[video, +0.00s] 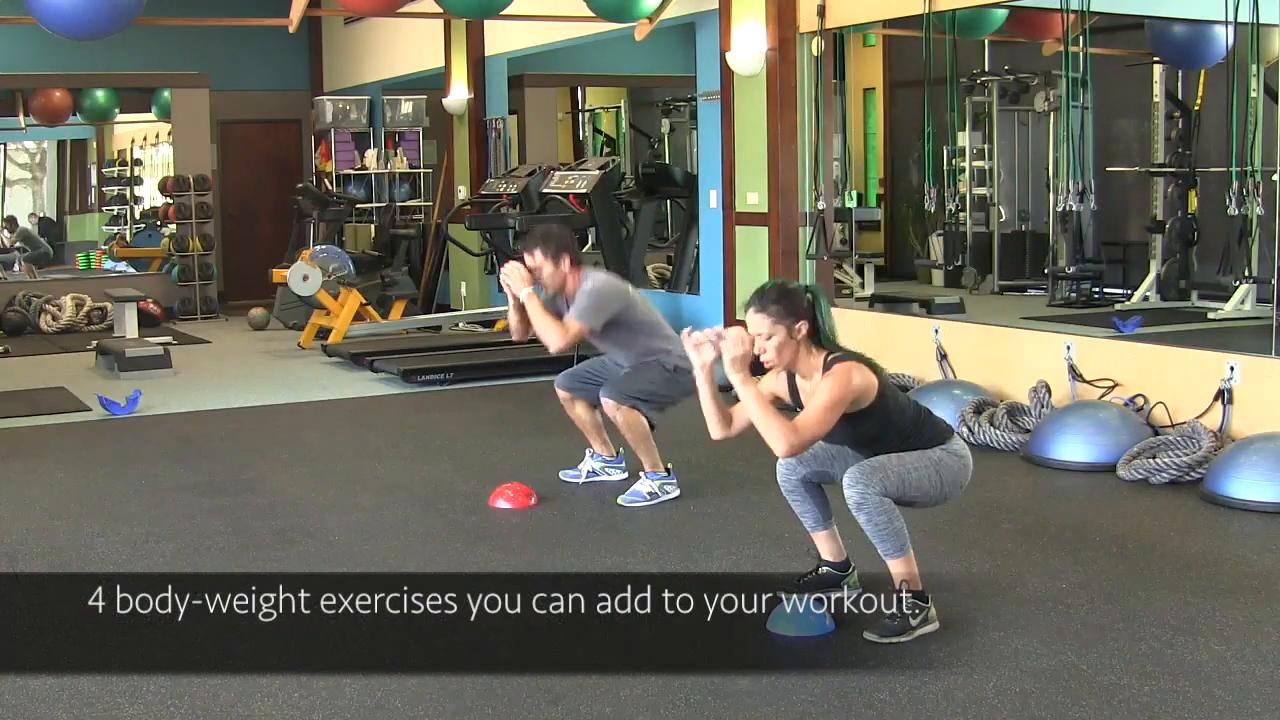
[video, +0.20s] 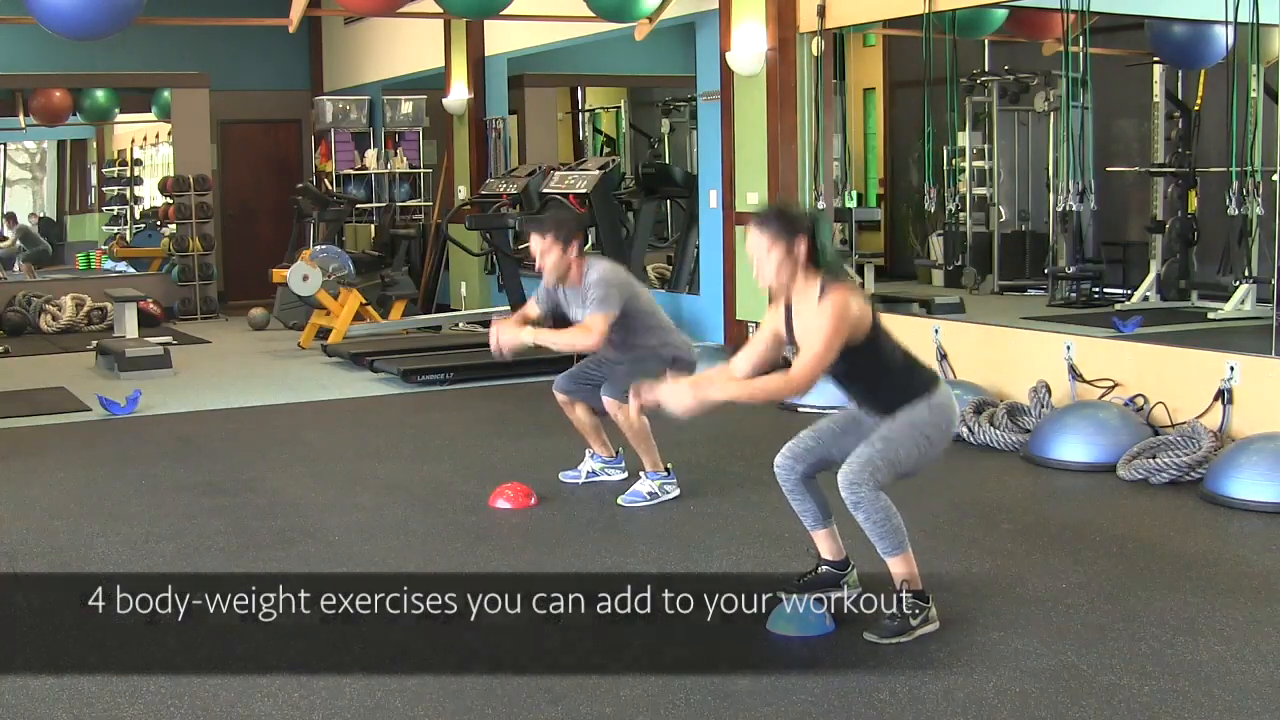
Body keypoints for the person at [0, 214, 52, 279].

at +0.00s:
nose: (5, 228)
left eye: (6, 225)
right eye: (5, 226)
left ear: (11, 224)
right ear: (14, 224)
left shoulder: (21, 230)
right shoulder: (17, 233)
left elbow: (9, 244)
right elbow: (8, 244)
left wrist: (2, 235)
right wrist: (2, 236)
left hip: (45, 252)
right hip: (38, 252)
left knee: (25, 259)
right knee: (20, 259)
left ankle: (35, 280)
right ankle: (31, 280)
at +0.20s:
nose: (5, 225)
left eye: (6, 223)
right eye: (4, 223)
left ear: (11, 221)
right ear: (12, 221)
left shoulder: (20, 228)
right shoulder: (17, 230)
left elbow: (11, 243)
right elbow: (10, 243)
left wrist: (1, 245)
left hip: (43, 249)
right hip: (37, 250)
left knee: (24, 259)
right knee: (20, 259)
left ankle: (34, 281)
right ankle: (33, 280)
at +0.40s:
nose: (5, 200)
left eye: (6, 197)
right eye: (5, 198)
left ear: (10, 197)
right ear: (13, 196)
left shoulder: (20, 206)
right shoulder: (18, 207)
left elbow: (24, 213)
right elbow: (34, 215)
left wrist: (22, 226)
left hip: (34, 234)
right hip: (31, 234)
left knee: (22, 257)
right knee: (27, 257)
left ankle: (32, 277)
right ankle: (34, 277)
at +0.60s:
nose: (7, 186)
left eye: (7, 183)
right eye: (6, 183)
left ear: (11, 182)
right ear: (16, 180)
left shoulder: (20, 192)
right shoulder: (24, 190)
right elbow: (37, 201)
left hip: (27, 224)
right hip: (32, 223)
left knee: (18, 248)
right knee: (26, 249)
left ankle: (20, 272)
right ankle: (29, 272)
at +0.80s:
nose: (10, 191)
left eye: (11, 188)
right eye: (10, 188)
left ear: (16, 187)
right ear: (16, 188)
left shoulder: (24, 198)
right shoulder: (16, 199)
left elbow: (30, 209)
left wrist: (30, 224)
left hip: (26, 229)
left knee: (11, 253)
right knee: (24, 257)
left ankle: (13, 275)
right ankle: (31, 277)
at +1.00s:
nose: (9, 184)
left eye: (11, 181)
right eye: (9, 182)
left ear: (18, 181)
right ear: (17, 181)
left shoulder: (23, 191)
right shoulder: (22, 191)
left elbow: (25, 204)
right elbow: (24, 205)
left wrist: (14, 214)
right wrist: (15, 215)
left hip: (31, 224)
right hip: (32, 224)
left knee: (19, 247)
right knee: (28, 250)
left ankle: (25, 272)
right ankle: (31, 272)